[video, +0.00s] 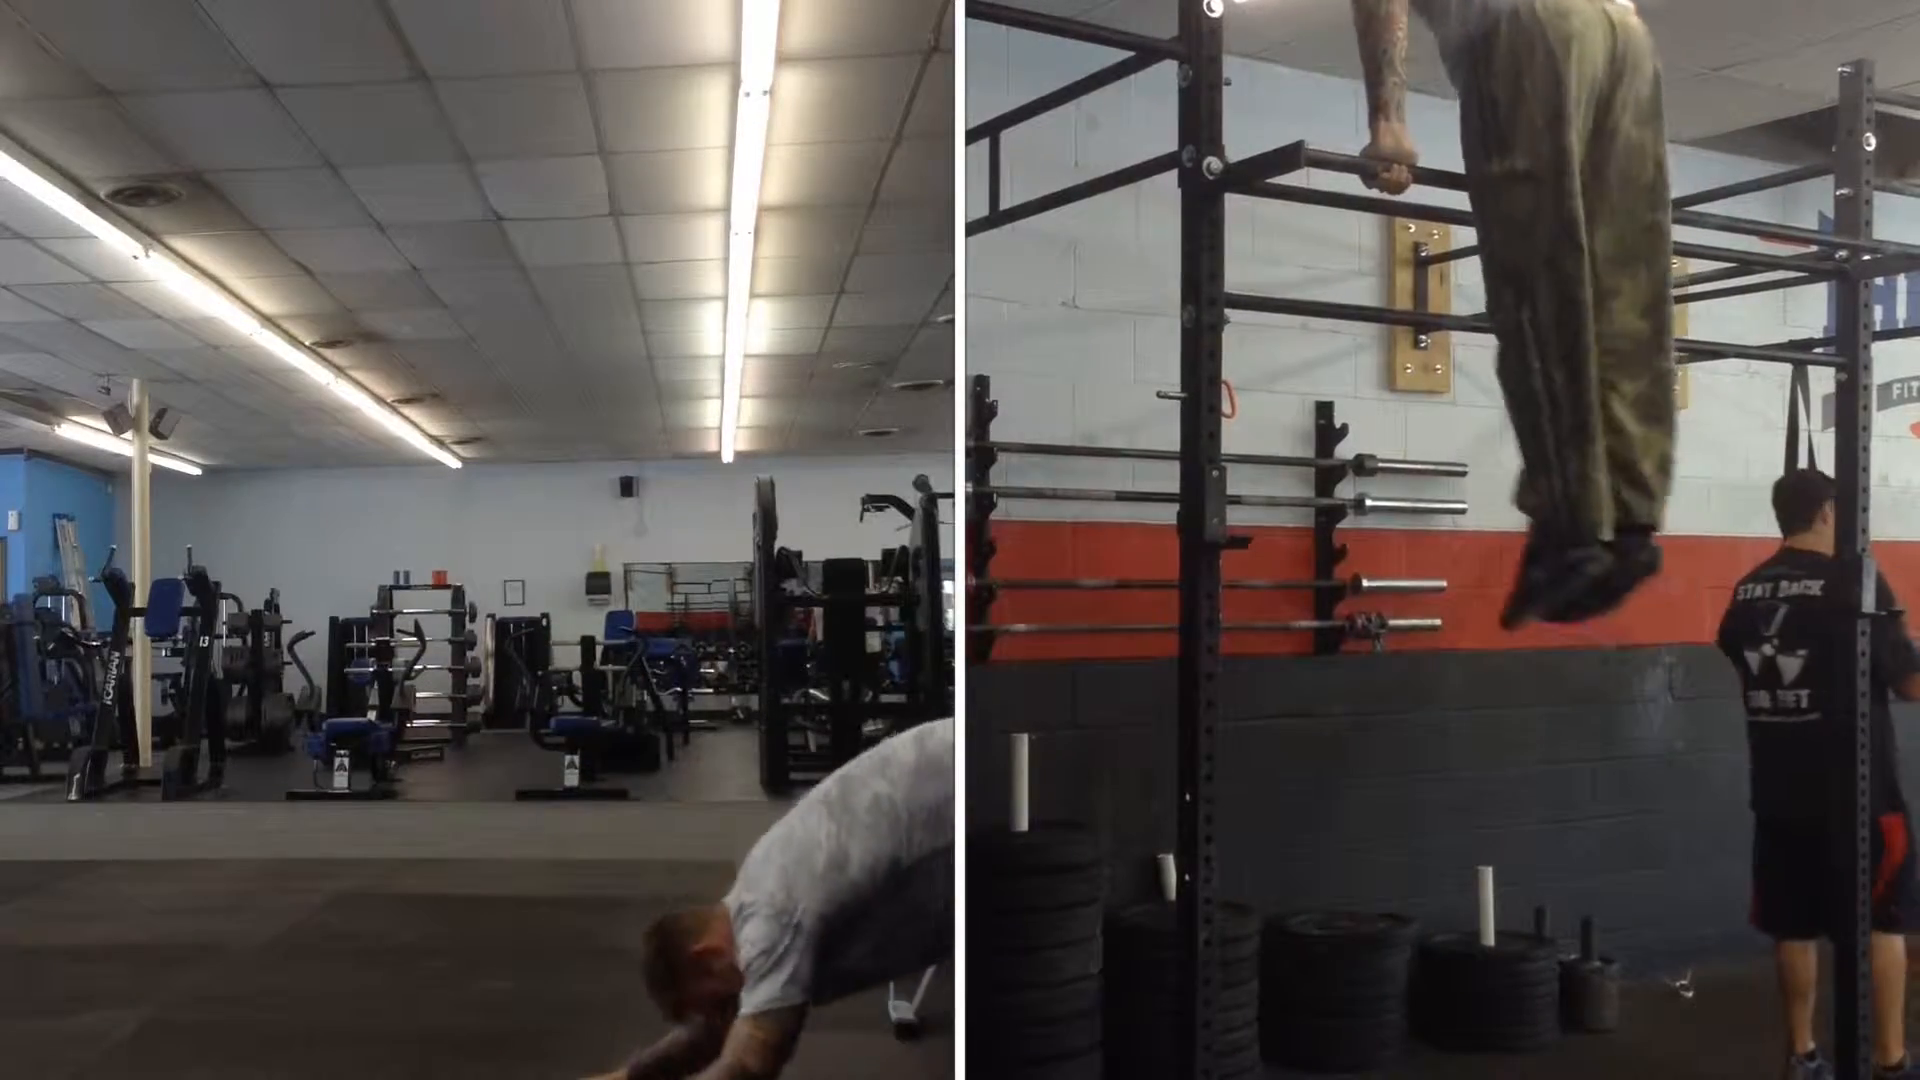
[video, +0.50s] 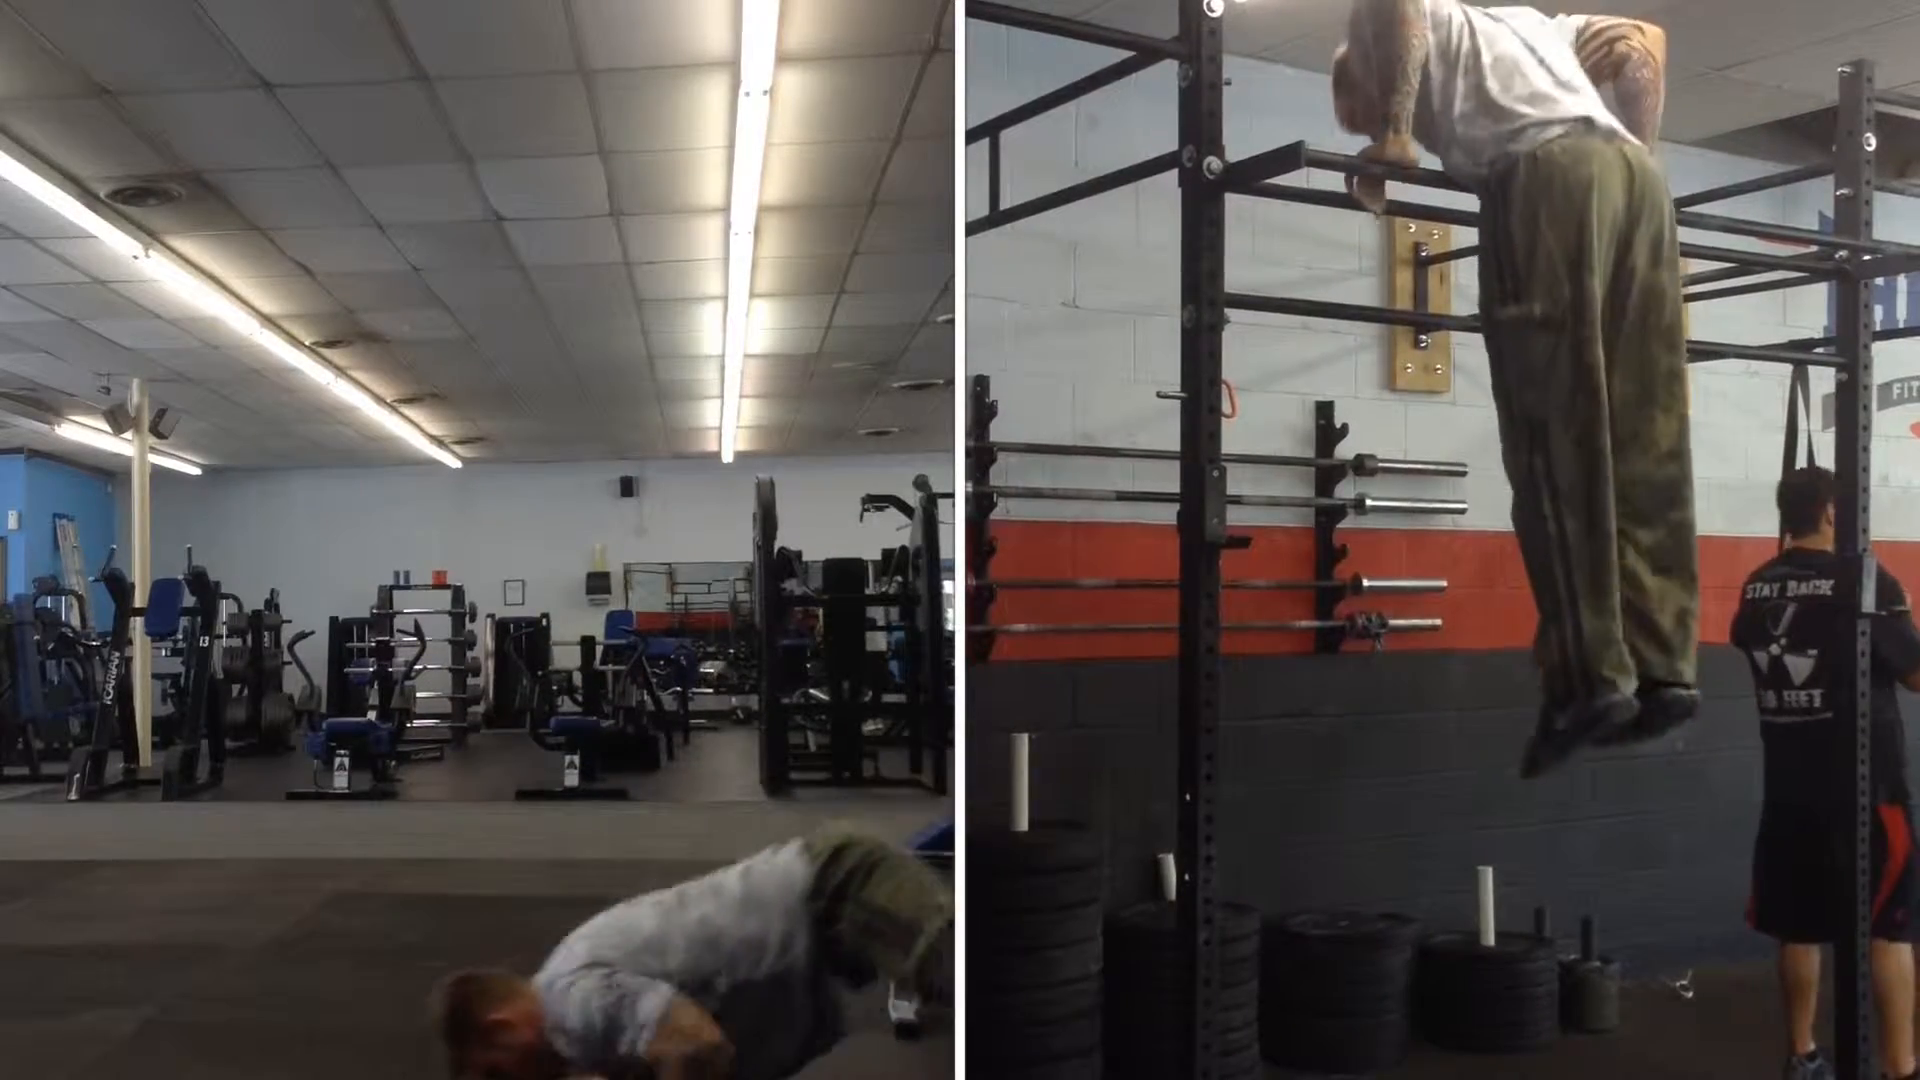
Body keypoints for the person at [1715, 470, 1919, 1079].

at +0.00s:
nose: (1850, 525)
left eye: (1844, 513)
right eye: (1845, 514)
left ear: (1784, 519)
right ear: (1827, 515)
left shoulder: (1750, 587)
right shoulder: (1858, 581)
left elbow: (1735, 658)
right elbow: (1908, 681)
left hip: (1781, 780)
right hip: (1859, 783)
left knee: (1795, 922)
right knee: (1885, 919)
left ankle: (1803, 1054)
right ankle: (1890, 1057)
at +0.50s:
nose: (1856, 519)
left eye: (1849, 508)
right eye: (1850, 509)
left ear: (1786, 519)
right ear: (1833, 514)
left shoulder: (1759, 586)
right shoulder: (1866, 580)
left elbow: (1748, 649)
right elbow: (1911, 670)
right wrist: (1893, 622)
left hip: (1791, 780)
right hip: (1867, 783)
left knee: (1798, 926)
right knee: (1891, 930)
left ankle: (1803, 1056)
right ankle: (1900, 1065)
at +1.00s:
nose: (1910, 523)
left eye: (1907, 513)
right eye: (1908, 513)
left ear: (1852, 516)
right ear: (1892, 516)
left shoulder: (1813, 587)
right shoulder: (1906, 589)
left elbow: (1802, 676)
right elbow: (1911, 681)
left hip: (1832, 766)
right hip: (1900, 767)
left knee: (1822, 925)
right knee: (1900, 936)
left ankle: (1806, 1056)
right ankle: (1901, 1068)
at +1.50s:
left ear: (1871, 517)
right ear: (1910, 518)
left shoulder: (1837, 582)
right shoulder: (1909, 582)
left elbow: (1826, 663)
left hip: (1854, 774)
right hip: (1904, 778)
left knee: (1861, 923)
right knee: (1904, 937)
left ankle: (1854, 1048)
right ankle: (1903, 1066)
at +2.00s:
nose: (1907, 517)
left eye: (1903, 505)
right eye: (1901, 507)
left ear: (1841, 517)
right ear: (1876, 517)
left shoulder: (1805, 588)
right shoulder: (1905, 588)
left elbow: (1803, 671)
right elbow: (1911, 686)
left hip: (1824, 777)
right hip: (1897, 781)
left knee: (1819, 926)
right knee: (1898, 938)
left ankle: (1812, 1057)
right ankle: (1901, 1068)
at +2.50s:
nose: (1882, 520)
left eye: (1875, 509)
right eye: (1878, 511)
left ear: (1816, 526)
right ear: (1871, 521)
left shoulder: (1793, 593)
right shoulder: (1900, 591)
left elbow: (1810, 682)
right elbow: (1910, 681)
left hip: (1815, 779)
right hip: (1894, 780)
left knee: (1814, 921)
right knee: (1913, 919)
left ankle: (1810, 1057)